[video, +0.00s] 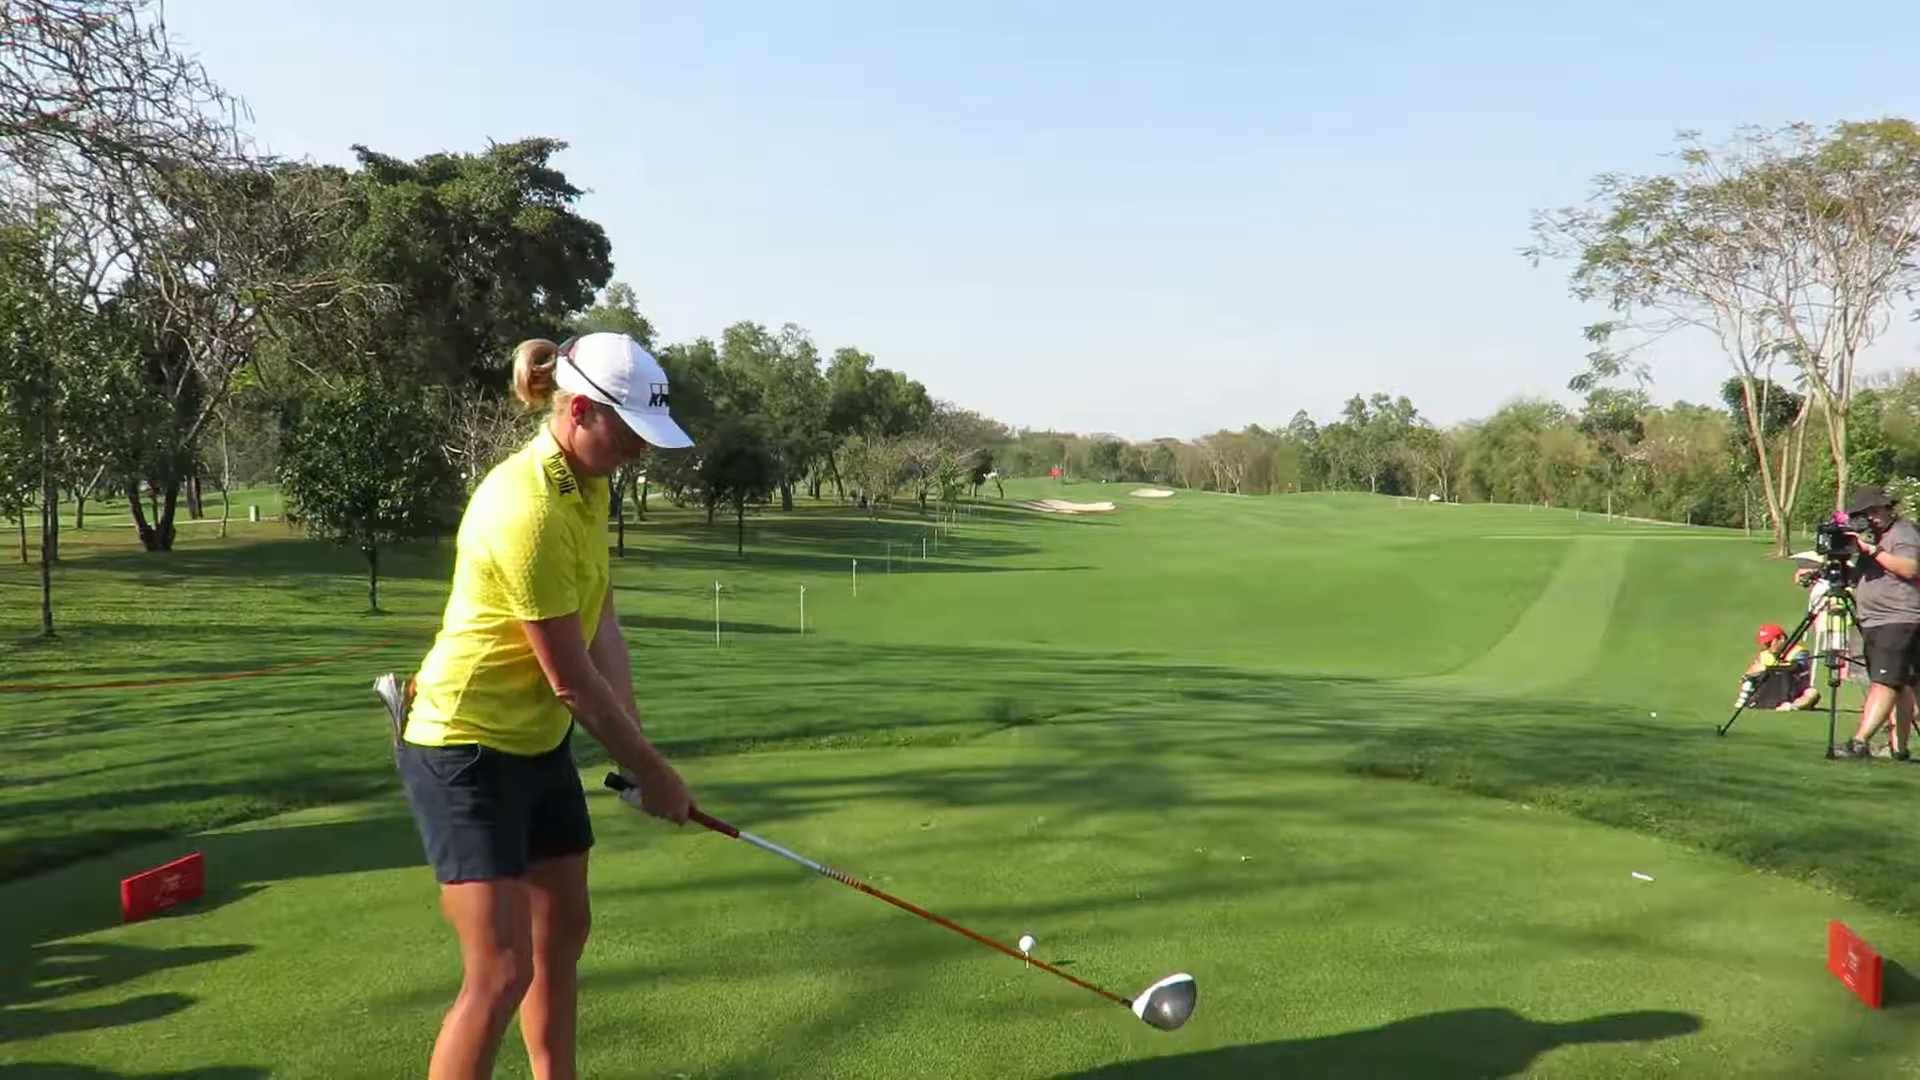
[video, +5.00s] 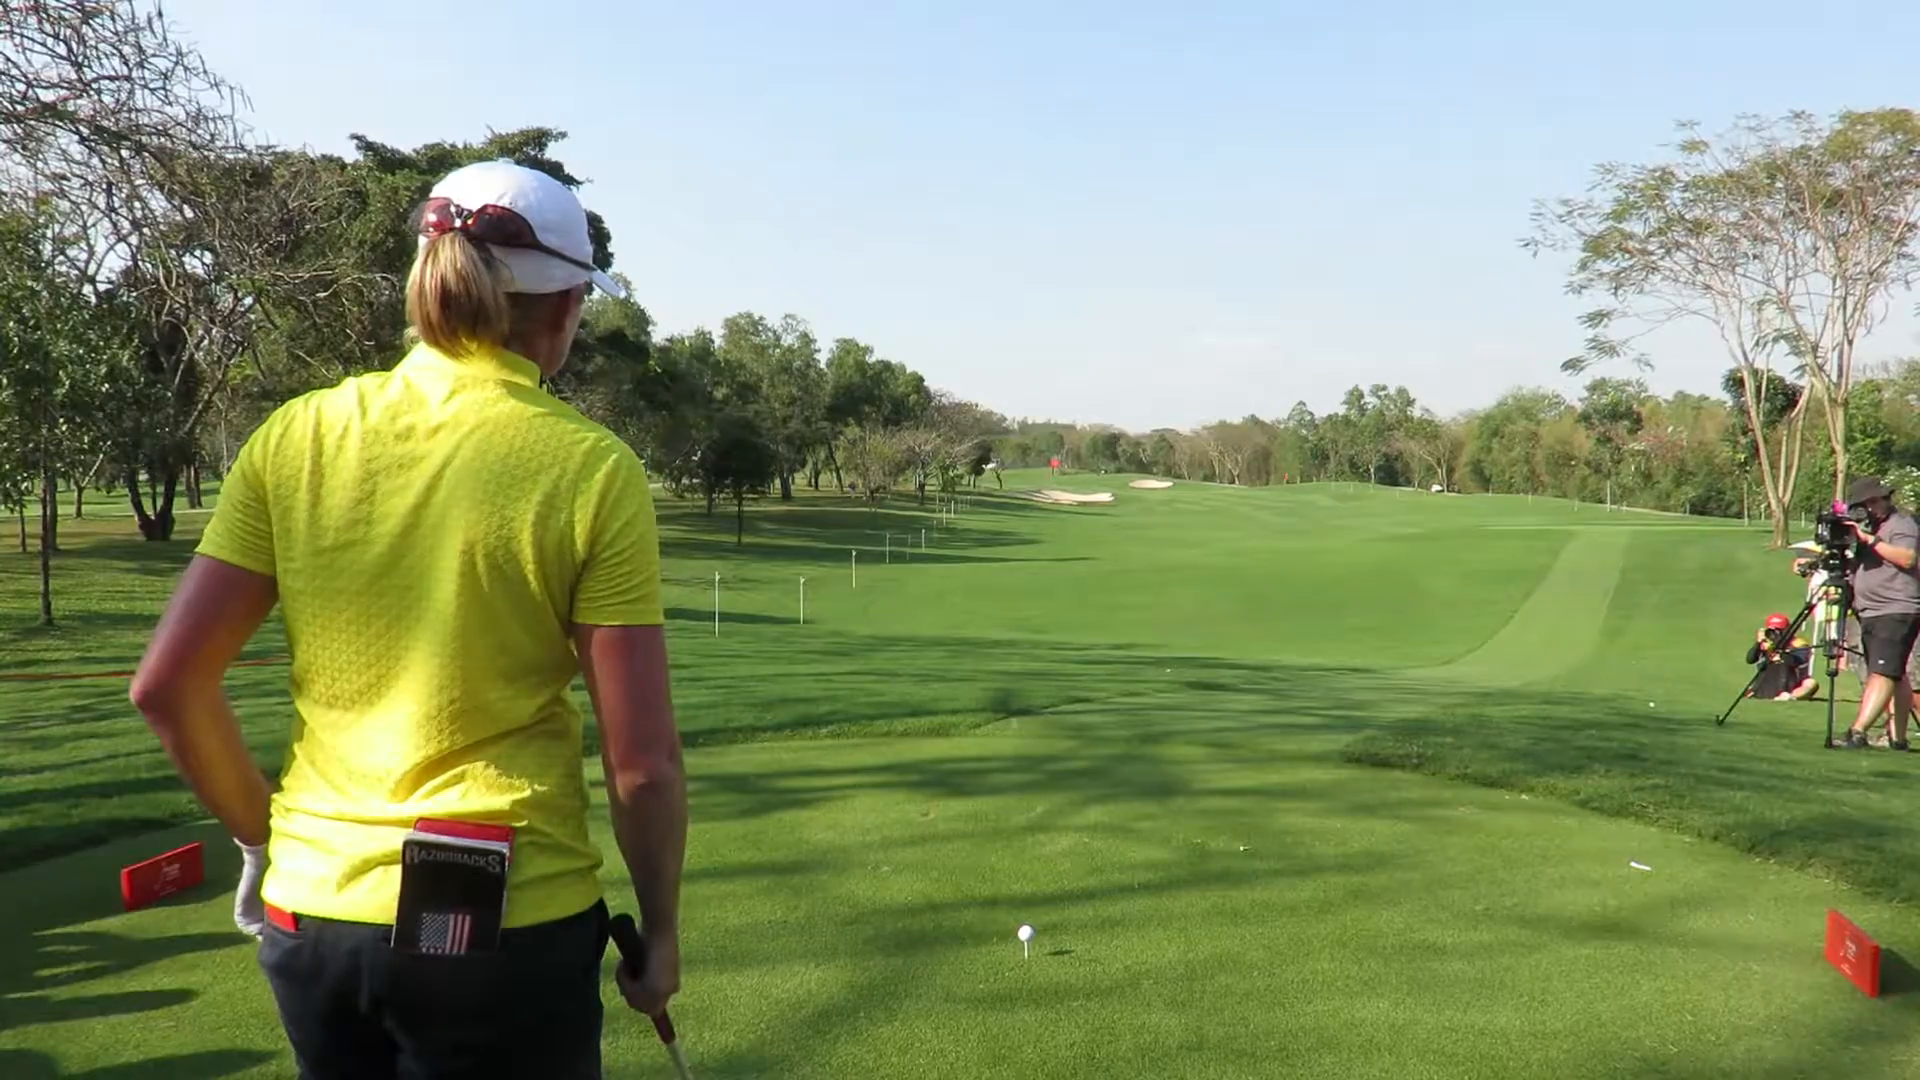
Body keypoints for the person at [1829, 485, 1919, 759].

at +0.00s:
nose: (1870, 520)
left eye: (1874, 513)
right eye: (1865, 516)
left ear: (1887, 509)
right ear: (1862, 519)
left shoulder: (1902, 532)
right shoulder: (1873, 538)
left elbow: (1910, 569)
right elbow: (1861, 575)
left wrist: (1872, 551)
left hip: (1898, 620)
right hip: (1875, 621)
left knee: (1884, 681)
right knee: (1899, 687)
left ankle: (1859, 740)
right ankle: (1899, 747)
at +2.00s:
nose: (1867, 506)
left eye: (1871, 499)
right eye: (1863, 501)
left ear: (1885, 496)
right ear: (1864, 502)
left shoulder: (1901, 519)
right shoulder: (1874, 523)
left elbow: (1908, 555)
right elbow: (1866, 562)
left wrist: (1872, 537)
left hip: (1897, 605)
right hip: (1874, 606)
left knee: (1883, 667)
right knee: (1892, 671)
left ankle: (1857, 726)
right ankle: (1898, 731)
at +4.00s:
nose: (1870, 511)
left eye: (1874, 504)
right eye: (1865, 507)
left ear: (1889, 500)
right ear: (1863, 509)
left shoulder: (1903, 524)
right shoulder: (1874, 530)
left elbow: (1911, 559)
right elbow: (1863, 572)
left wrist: (1873, 541)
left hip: (1899, 611)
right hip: (1875, 613)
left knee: (1885, 671)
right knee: (1896, 677)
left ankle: (1859, 731)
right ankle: (1900, 738)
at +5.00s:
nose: (1870, 510)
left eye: (1872, 503)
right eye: (1865, 506)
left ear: (1884, 500)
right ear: (1862, 509)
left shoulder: (1901, 524)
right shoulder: (1871, 530)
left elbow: (1909, 559)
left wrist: (1869, 540)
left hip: (1898, 610)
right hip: (1872, 611)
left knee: (1882, 670)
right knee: (1893, 676)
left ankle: (1857, 731)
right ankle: (1897, 738)